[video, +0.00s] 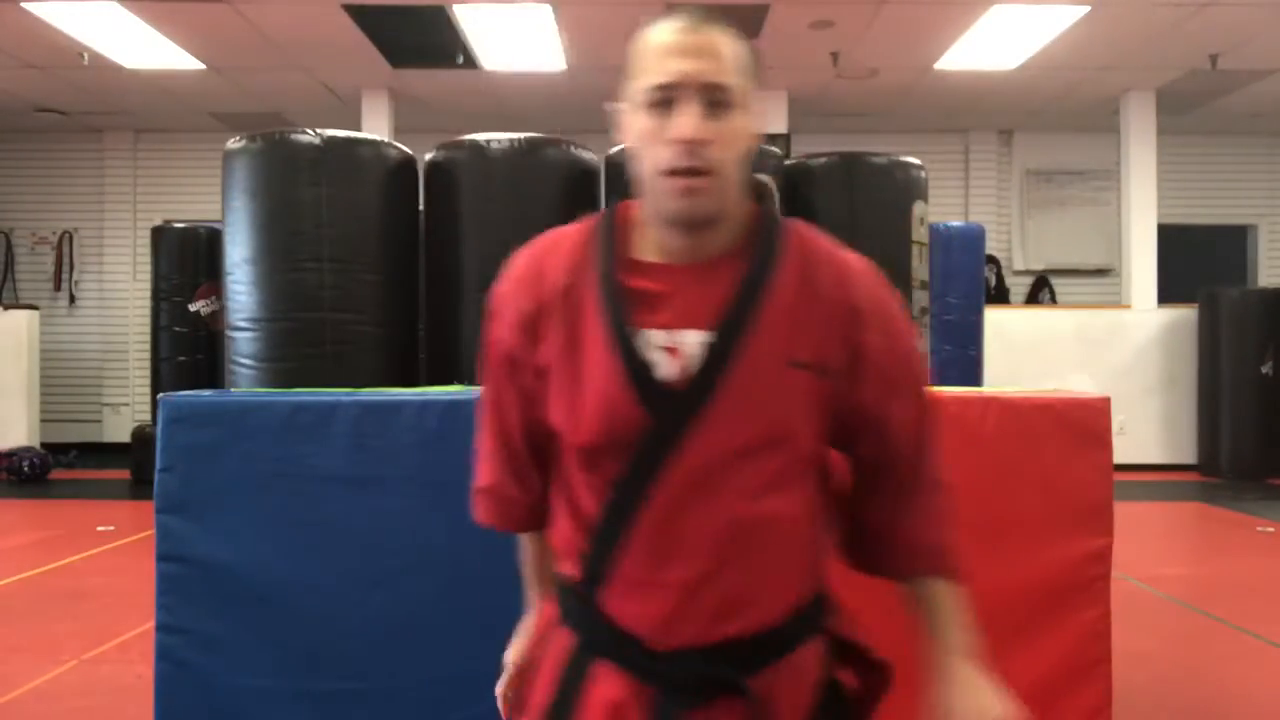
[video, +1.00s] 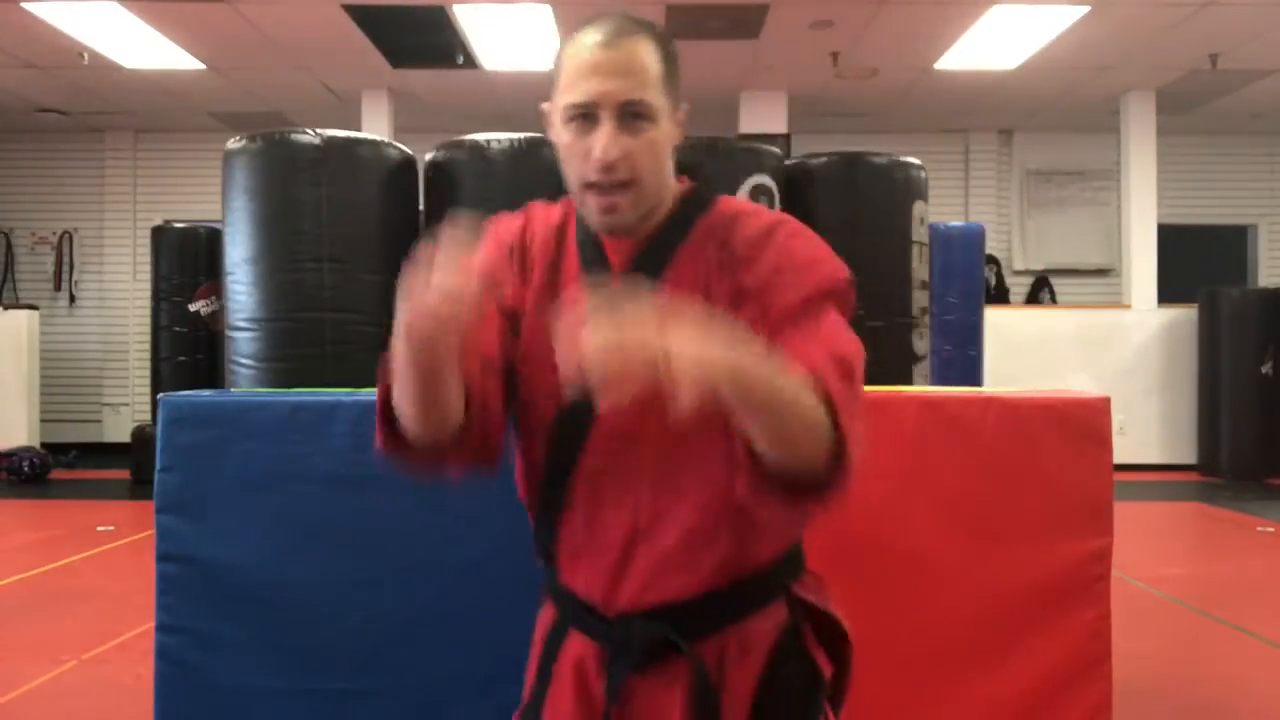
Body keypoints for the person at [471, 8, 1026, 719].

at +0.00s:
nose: (688, 130)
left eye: (716, 104)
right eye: (662, 104)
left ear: (755, 126)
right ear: (623, 126)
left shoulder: (841, 293)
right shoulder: (541, 283)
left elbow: (907, 490)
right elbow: (523, 466)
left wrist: (958, 662)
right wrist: (540, 608)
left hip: (773, 685)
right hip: (591, 679)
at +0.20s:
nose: (814, 116)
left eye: (845, 88)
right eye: (787, 83)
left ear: (875, 114)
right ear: (736, 102)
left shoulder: (952, 280)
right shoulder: (623, 270)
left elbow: (1022, 480)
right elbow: (582, 475)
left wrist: (1079, 672)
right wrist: (580, 662)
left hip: (859, 684)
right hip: (668, 675)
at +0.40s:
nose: (801, 99)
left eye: (832, 67)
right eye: (774, 66)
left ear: (871, 89)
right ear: (730, 87)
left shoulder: (981, 264)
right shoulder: (650, 257)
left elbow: (1042, 481)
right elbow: (628, 466)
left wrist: (1030, 682)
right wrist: (618, 641)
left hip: (891, 687)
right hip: (693, 680)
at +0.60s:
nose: (746, 116)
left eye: (778, 82)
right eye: (719, 85)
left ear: (826, 97)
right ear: (681, 108)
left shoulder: (955, 268)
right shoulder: (641, 269)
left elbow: (1034, 486)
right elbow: (636, 468)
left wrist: (1018, 688)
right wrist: (613, 618)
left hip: (872, 689)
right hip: (678, 677)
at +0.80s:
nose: (685, 131)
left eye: (714, 99)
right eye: (658, 102)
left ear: (759, 116)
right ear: (624, 122)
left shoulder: (869, 271)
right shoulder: (586, 288)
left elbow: (924, 472)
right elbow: (537, 489)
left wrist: (888, 645)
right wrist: (484, 653)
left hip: (819, 678)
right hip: (639, 674)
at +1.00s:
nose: (606, 150)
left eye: (635, 118)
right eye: (583, 119)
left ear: (677, 124)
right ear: (550, 126)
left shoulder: (769, 253)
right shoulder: (517, 250)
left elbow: (819, 454)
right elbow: (440, 440)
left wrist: (713, 353)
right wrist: (426, 346)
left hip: (739, 655)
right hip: (581, 649)